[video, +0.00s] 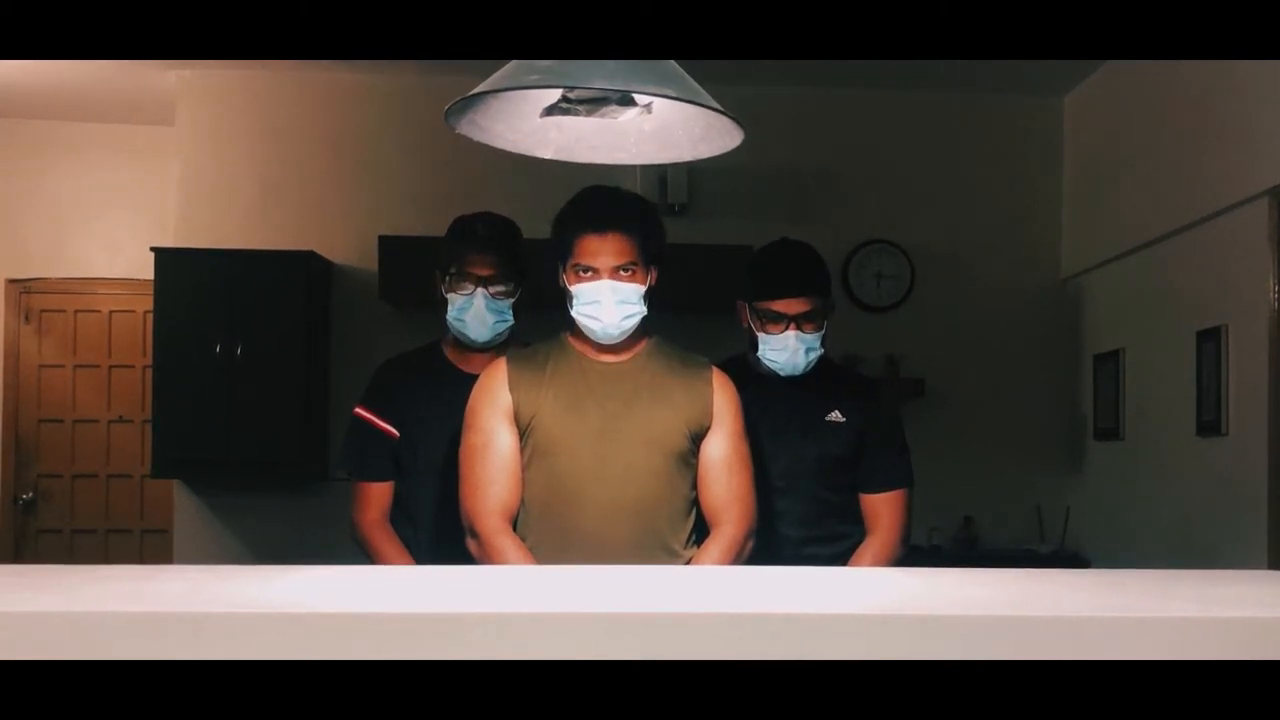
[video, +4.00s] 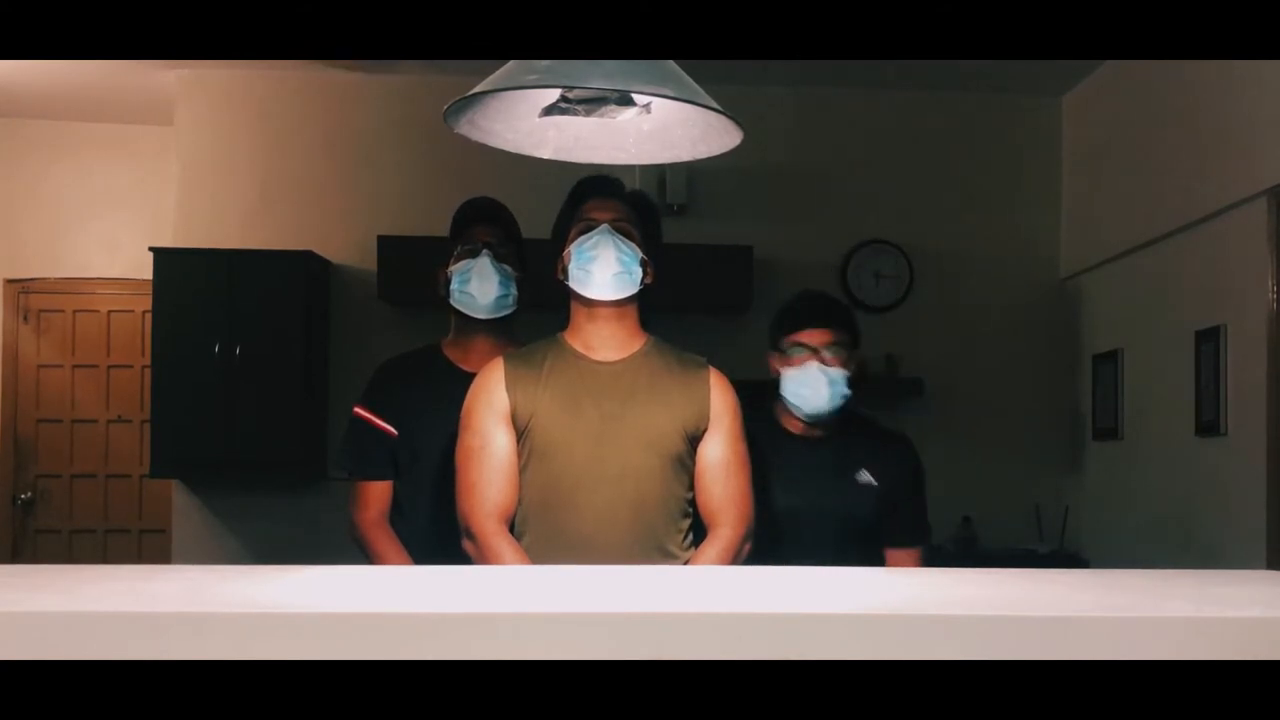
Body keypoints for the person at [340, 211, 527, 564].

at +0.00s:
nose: (480, 305)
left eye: (499, 289)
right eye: (464, 284)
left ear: (518, 293)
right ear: (443, 286)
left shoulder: (539, 384)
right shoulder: (399, 380)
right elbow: (370, 520)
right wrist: (423, 597)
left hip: (516, 593)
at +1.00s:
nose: (479, 284)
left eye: (496, 270)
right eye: (463, 267)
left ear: (515, 283)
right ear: (442, 277)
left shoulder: (540, 382)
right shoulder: (397, 380)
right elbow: (369, 520)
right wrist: (422, 598)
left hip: (518, 593)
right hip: (427, 592)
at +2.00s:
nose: (481, 271)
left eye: (498, 259)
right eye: (465, 256)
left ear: (516, 275)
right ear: (443, 273)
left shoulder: (541, 380)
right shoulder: (397, 378)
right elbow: (368, 520)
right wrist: (422, 599)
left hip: (517, 593)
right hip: (426, 591)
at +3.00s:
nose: (482, 263)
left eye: (498, 253)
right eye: (468, 251)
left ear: (516, 270)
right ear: (444, 271)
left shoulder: (542, 382)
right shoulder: (397, 380)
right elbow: (368, 519)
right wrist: (422, 598)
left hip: (518, 594)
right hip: (427, 592)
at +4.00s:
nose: (483, 262)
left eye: (499, 252)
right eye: (469, 251)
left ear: (518, 272)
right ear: (446, 272)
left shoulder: (542, 382)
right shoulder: (399, 380)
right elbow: (369, 518)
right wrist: (421, 598)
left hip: (518, 593)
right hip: (427, 592)